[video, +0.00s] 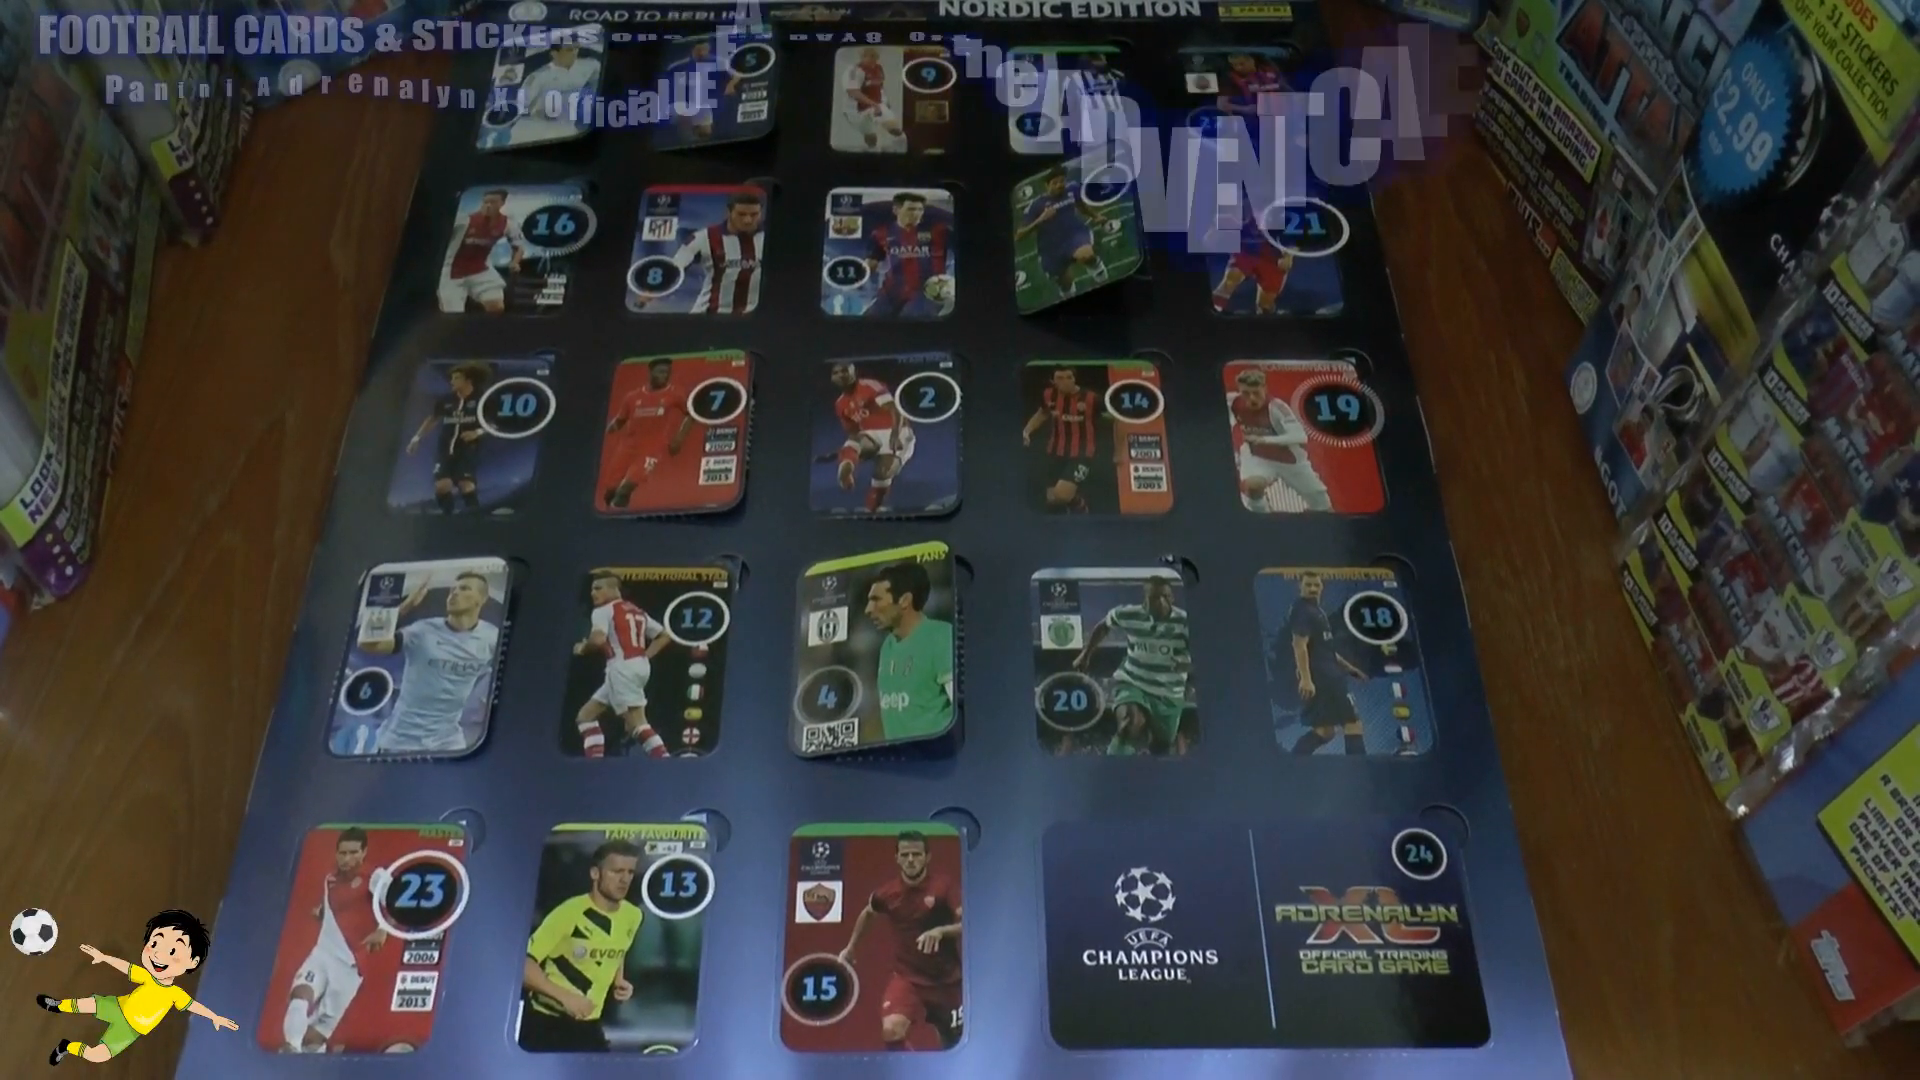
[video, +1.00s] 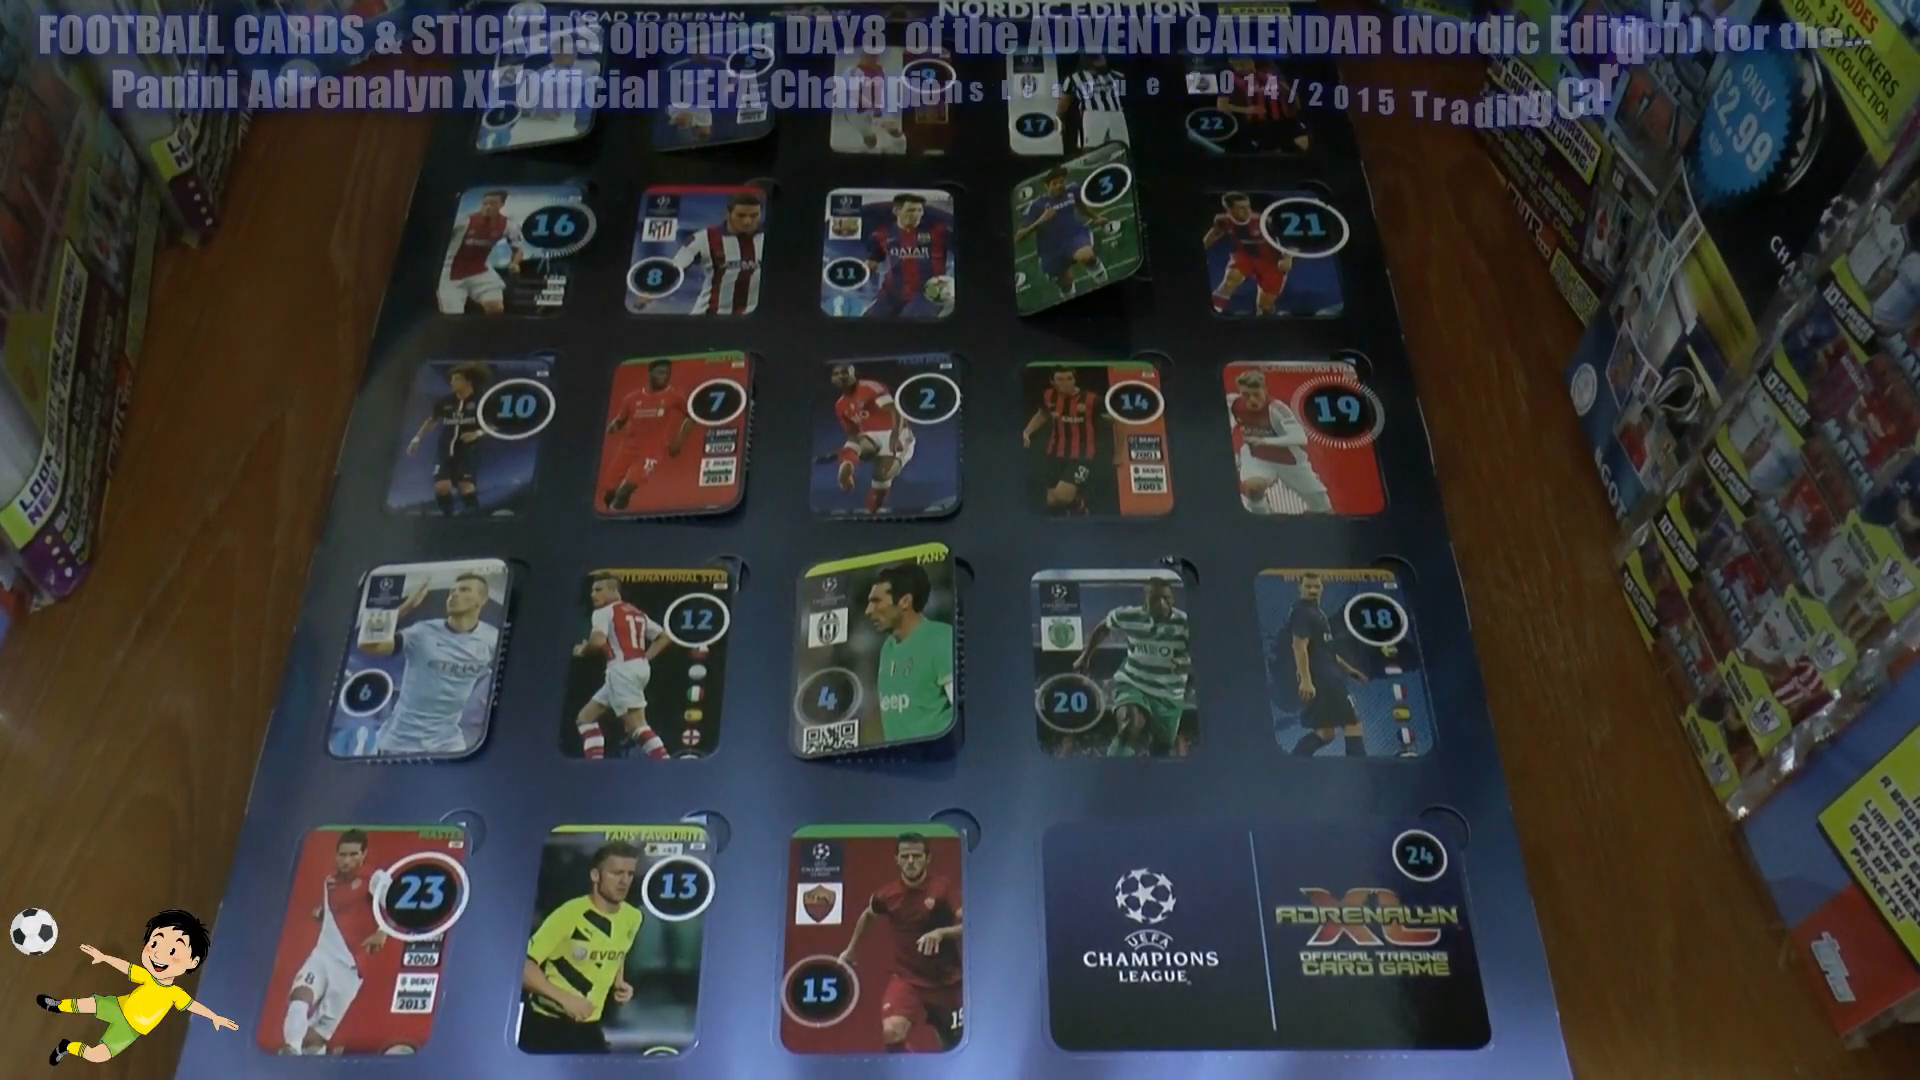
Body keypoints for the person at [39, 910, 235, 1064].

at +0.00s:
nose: (159, 956)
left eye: (172, 953)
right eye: (156, 944)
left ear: (189, 965)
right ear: (146, 945)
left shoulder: (176, 995)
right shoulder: (143, 975)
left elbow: (195, 1007)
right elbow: (124, 967)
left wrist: (214, 1017)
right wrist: (103, 958)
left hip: (131, 1030)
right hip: (119, 1008)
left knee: (99, 1055)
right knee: (89, 1003)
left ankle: (66, 1047)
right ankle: (57, 1006)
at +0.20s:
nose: (159, 956)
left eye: (172, 953)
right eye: (156, 944)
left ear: (189, 965)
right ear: (146, 945)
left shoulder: (176, 995)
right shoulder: (143, 975)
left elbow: (195, 1007)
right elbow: (124, 967)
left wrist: (215, 1017)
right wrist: (103, 958)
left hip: (131, 1030)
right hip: (119, 1008)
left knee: (99, 1055)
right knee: (89, 1003)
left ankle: (66, 1047)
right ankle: (57, 1006)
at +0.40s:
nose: (159, 956)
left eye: (172, 952)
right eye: (155, 944)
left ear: (189, 965)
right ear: (145, 945)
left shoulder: (176, 995)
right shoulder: (143, 975)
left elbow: (195, 1007)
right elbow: (124, 966)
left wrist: (214, 1017)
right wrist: (103, 958)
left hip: (131, 1030)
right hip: (119, 1008)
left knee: (99, 1055)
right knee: (89, 1003)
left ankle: (66, 1047)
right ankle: (57, 1006)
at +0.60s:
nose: (159, 956)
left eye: (172, 952)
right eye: (155, 944)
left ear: (190, 965)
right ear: (146, 945)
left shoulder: (176, 995)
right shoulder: (143, 975)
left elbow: (195, 1007)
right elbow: (124, 966)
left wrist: (214, 1017)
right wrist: (103, 958)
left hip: (131, 1030)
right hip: (119, 1008)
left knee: (99, 1055)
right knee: (89, 1003)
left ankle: (66, 1047)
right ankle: (57, 1006)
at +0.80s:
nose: (159, 955)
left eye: (172, 952)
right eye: (155, 944)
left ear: (190, 965)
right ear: (146, 945)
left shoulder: (176, 995)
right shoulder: (143, 975)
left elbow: (195, 1007)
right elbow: (124, 967)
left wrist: (214, 1017)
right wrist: (103, 958)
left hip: (131, 1030)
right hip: (119, 1008)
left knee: (99, 1055)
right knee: (89, 1004)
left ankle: (66, 1047)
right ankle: (57, 1006)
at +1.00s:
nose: (159, 955)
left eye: (172, 952)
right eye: (155, 944)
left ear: (188, 966)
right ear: (145, 946)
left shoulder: (176, 995)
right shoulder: (144, 976)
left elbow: (195, 1007)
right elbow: (124, 966)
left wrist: (215, 1017)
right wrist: (103, 958)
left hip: (131, 1030)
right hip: (119, 1008)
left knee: (99, 1055)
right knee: (89, 1003)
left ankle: (66, 1047)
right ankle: (57, 1006)